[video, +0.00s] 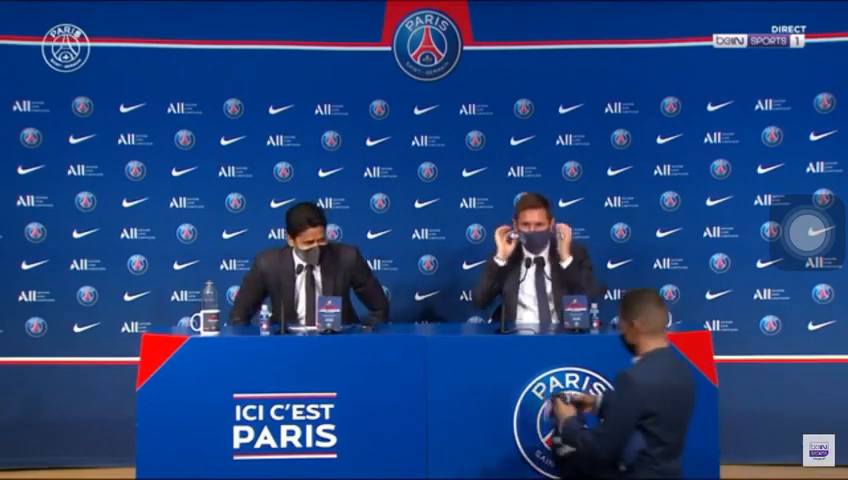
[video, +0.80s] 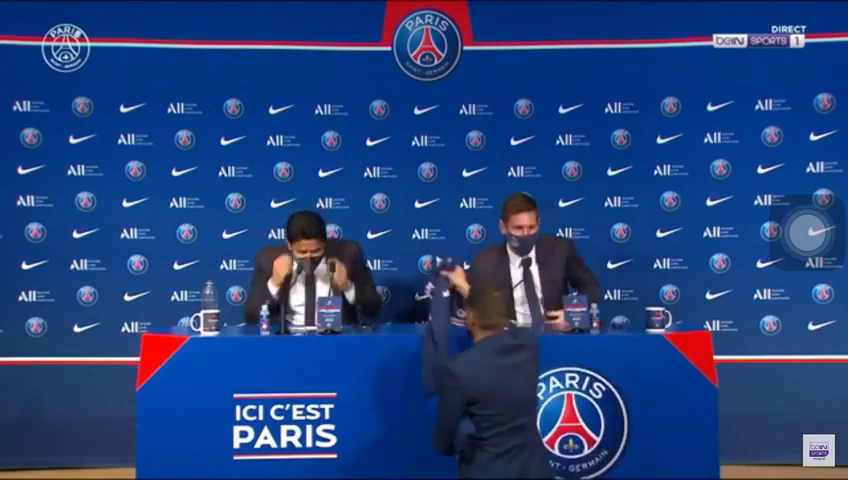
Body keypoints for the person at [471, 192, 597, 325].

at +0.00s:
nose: (532, 231)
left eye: (539, 225)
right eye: (526, 225)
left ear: (551, 225)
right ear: (516, 225)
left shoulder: (573, 253)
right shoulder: (506, 255)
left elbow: (591, 296)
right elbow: (480, 301)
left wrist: (566, 259)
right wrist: (500, 258)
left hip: (561, 340)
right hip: (516, 341)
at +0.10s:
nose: (532, 231)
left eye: (538, 224)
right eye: (525, 224)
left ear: (550, 225)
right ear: (515, 225)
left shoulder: (573, 253)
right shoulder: (501, 256)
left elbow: (587, 298)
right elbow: (480, 310)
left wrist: (559, 265)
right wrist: (502, 276)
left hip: (560, 342)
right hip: (514, 343)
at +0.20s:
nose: (532, 231)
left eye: (538, 225)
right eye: (525, 225)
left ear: (549, 225)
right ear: (514, 225)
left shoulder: (569, 253)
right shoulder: (498, 260)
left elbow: (583, 295)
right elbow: (479, 313)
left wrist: (554, 269)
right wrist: (501, 290)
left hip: (557, 341)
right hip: (512, 342)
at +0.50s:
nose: (528, 236)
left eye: (534, 229)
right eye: (521, 229)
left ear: (541, 225)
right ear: (506, 228)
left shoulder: (562, 250)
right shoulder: (487, 262)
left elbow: (593, 291)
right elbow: (474, 306)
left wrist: (569, 289)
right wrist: (501, 312)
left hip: (556, 340)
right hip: (505, 344)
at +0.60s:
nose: (527, 236)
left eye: (532, 229)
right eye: (520, 230)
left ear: (539, 226)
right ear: (503, 228)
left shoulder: (561, 251)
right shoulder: (487, 261)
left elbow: (594, 290)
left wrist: (571, 299)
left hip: (557, 341)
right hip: (504, 345)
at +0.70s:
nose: (525, 236)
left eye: (531, 229)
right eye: (518, 230)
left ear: (538, 225)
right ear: (503, 229)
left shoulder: (559, 250)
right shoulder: (486, 261)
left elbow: (592, 288)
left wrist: (569, 310)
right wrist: (474, 299)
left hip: (556, 344)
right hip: (508, 348)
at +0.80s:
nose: (525, 235)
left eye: (530, 228)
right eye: (518, 229)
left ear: (538, 223)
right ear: (503, 227)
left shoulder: (559, 250)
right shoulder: (485, 261)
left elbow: (591, 288)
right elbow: (478, 316)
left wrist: (572, 317)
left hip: (556, 342)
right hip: (506, 345)